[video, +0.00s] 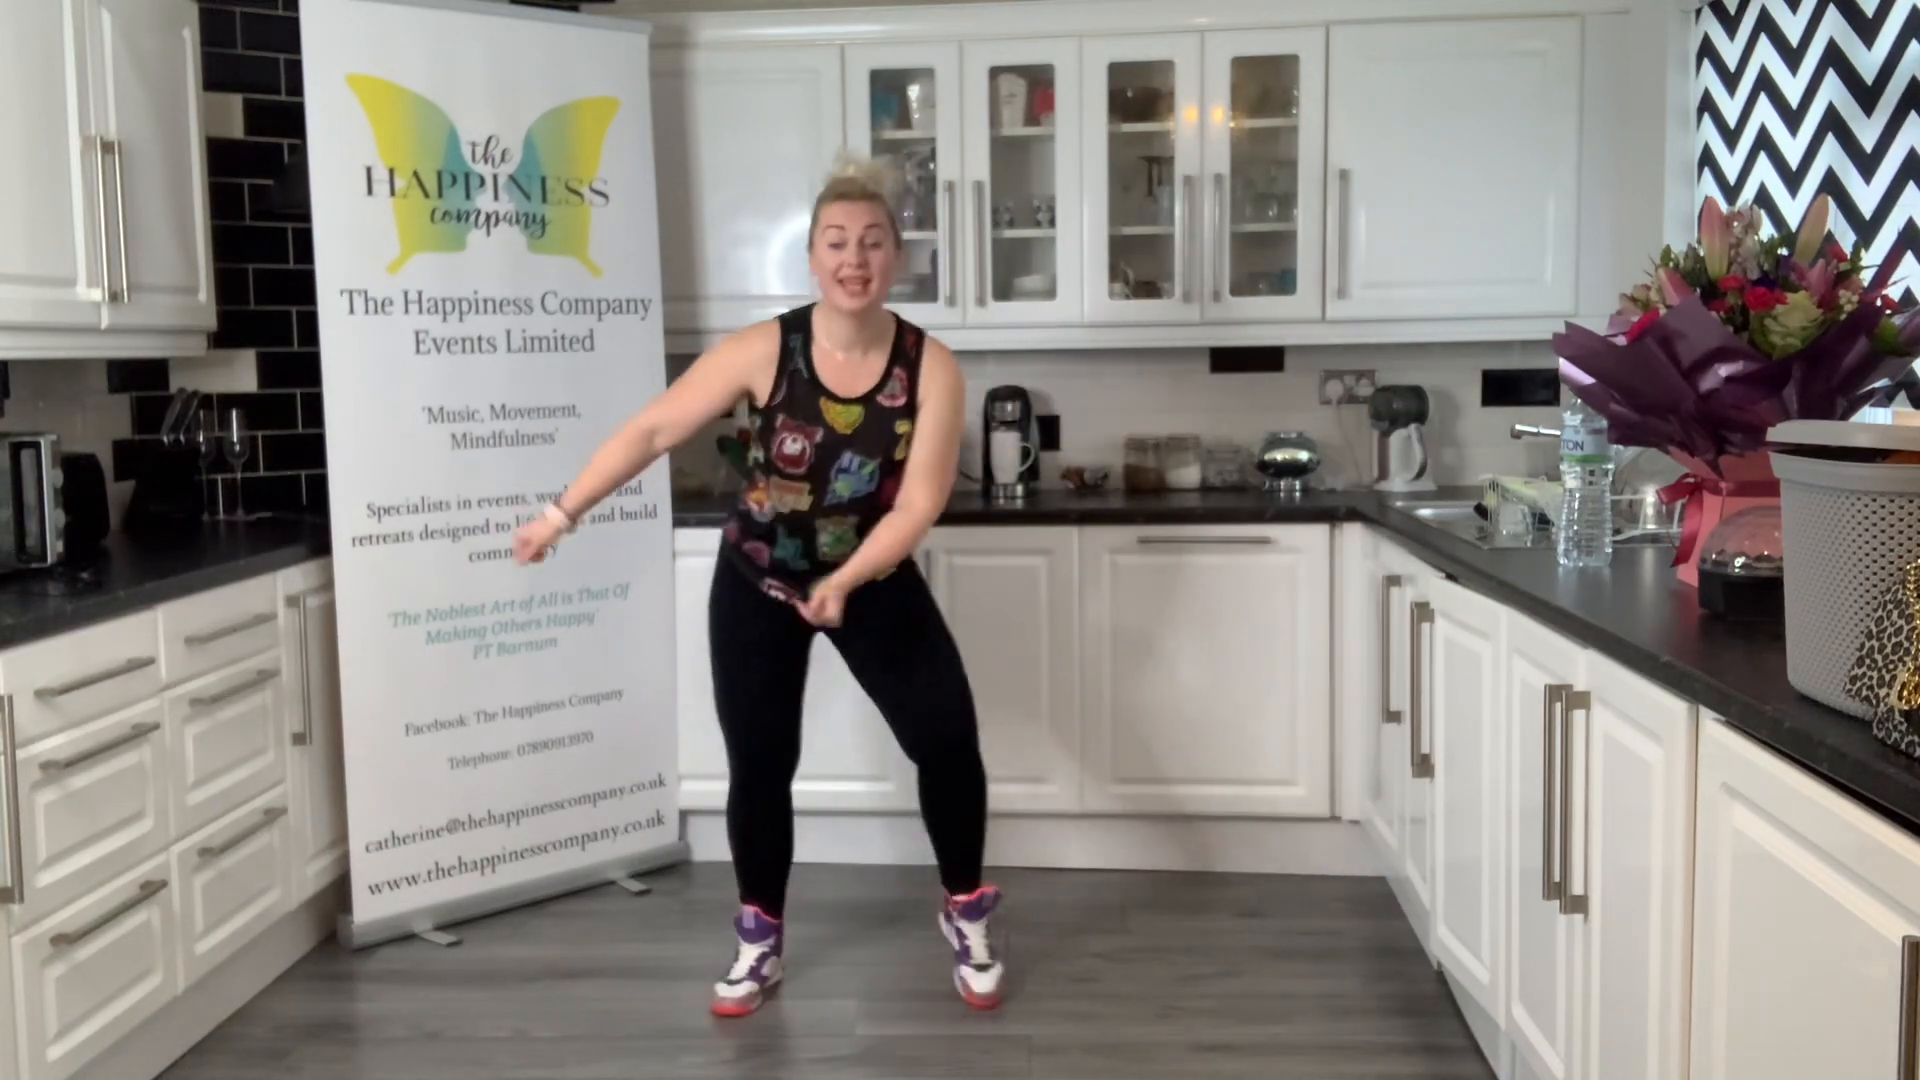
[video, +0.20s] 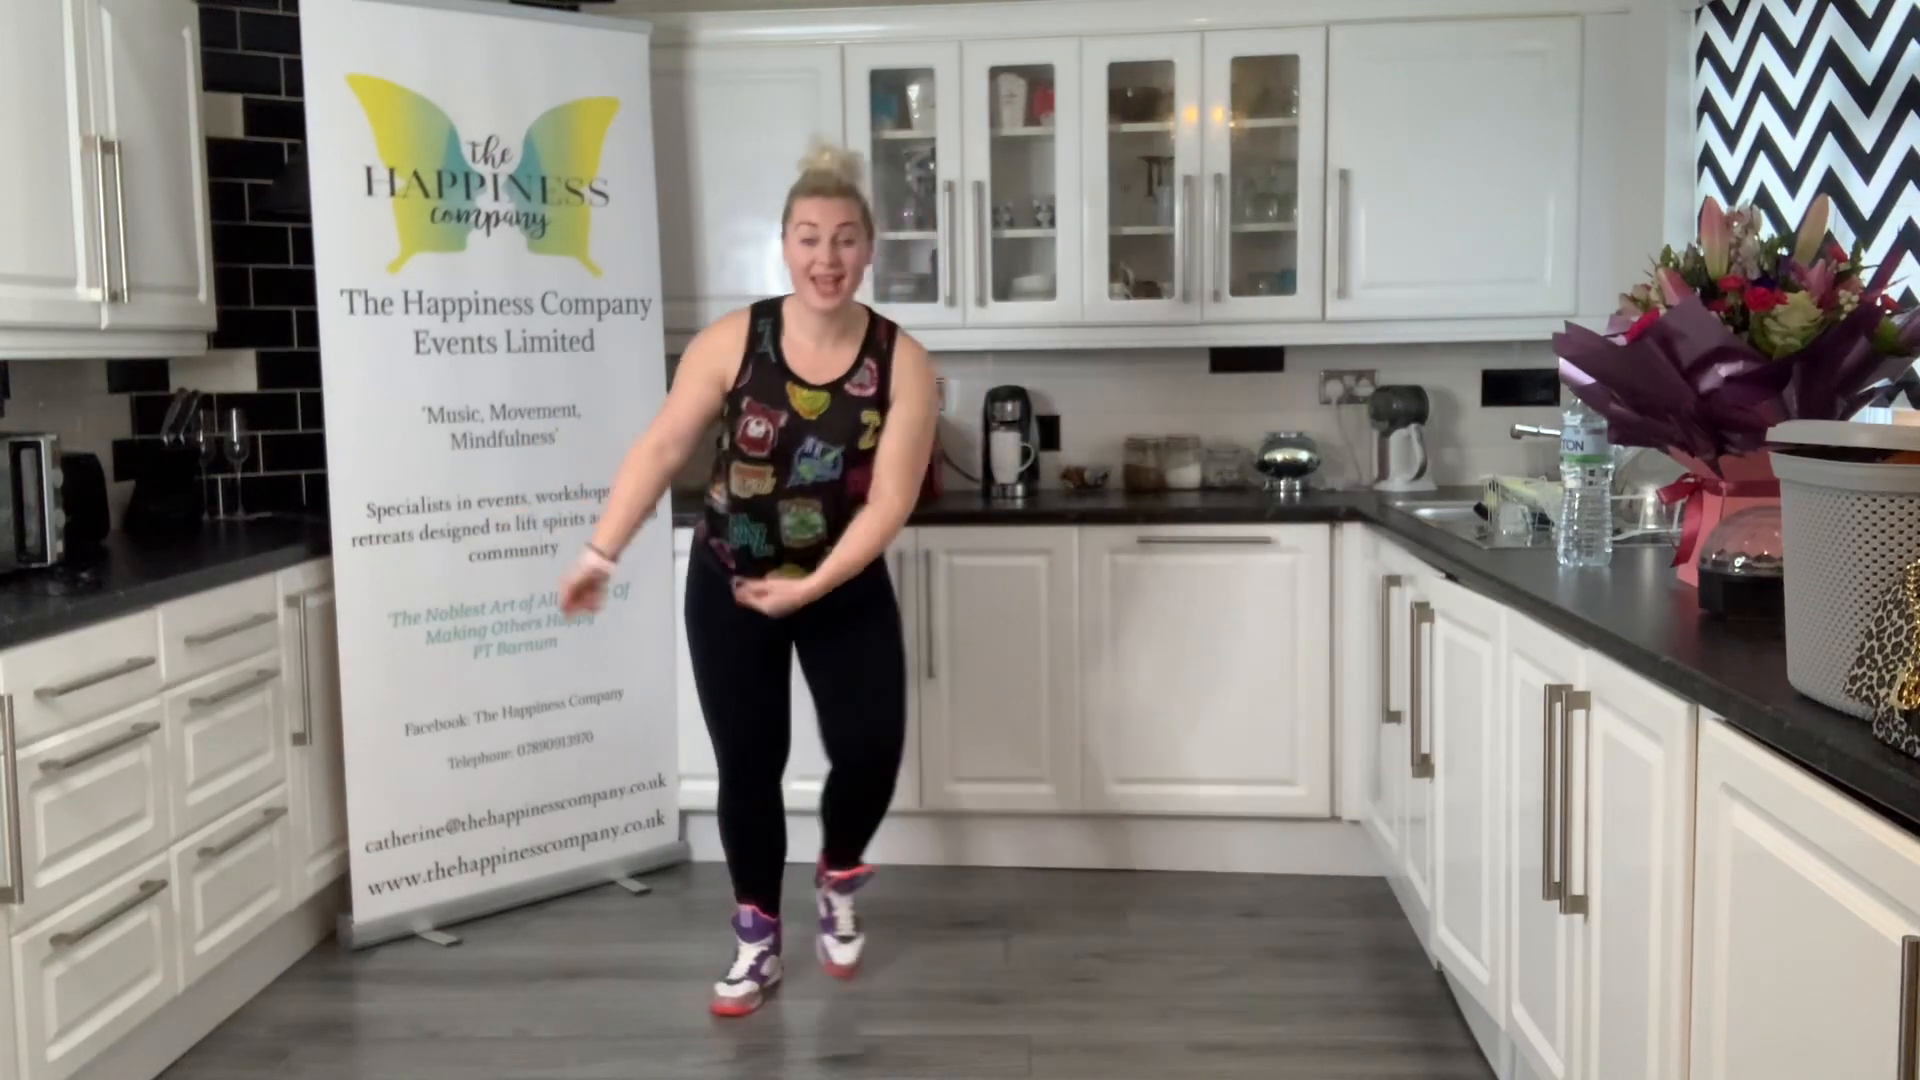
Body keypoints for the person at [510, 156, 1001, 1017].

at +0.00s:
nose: (854, 258)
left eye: (872, 241)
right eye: (836, 242)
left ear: (898, 255)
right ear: (812, 255)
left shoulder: (930, 368)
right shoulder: (762, 351)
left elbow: (920, 503)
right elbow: (653, 429)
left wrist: (846, 581)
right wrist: (565, 509)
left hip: (876, 572)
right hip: (760, 577)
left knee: (949, 736)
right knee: (759, 764)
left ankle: (966, 911)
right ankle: (759, 939)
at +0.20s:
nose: (827, 256)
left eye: (845, 238)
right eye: (809, 238)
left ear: (869, 250)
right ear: (785, 247)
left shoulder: (904, 366)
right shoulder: (732, 343)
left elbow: (892, 501)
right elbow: (660, 450)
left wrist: (814, 584)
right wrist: (601, 552)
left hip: (845, 575)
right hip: (733, 577)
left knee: (872, 748)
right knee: (748, 760)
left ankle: (839, 877)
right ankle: (756, 935)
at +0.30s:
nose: (811, 269)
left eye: (829, 252)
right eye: (794, 251)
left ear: (854, 260)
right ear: (770, 256)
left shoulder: (891, 365)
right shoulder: (723, 353)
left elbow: (905, 500)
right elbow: (668, 470)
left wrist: (817, 563)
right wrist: (645, 559)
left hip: (836, 603)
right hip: (724, 602)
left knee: (843, 779)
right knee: (738, 775)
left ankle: (807, 900)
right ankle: (755, 933)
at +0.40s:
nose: (804, 279)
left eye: (821, 261)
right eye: (786, 262)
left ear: (846, 266)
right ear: (760, 266)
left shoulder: (886, 365)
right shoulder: (721, 358)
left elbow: (931, 484)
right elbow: (639, 475)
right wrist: (675, 451)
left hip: (834, 593)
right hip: (721, 595)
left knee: (880, 761)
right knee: (728, 774)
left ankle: (837, 886)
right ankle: (753, 933)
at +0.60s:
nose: (808, 259)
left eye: (826, 242)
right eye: (791, 242)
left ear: (852, 247)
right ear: (767, 247)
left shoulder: (887, 332)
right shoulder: (740, 328)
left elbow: (957, 417)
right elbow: (640, 413)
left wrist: (893, 309)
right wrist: (708, 334)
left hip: (868, 573)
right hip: (759, 575)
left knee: (897, 755)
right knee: (762, 757)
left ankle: (925, 927)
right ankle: (755, 938)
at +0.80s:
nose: (833, 265)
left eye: (849, 247)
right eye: (814, 247)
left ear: (874, 252)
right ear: (790, 255)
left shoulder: (922, 339)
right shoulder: (772, 342)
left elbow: (982, 444)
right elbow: (647, 399)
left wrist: (906, 337)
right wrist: (684, 346)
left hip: (929, 576)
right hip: (826, 571)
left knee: (921, 763)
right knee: (744, 722)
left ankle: (927, 937)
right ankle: (766, 926)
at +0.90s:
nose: (850, 270)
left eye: (867, 251)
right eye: (831, 251)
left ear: (892, 255)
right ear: (808, 258)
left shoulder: (938, 355)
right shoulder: (786, 348)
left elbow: (963, 481)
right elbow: (676, 382)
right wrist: (636, 357)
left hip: (953, 587)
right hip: (849, 585)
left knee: (937, 775)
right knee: (768, 733)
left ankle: (928, 938)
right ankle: (733, 945)